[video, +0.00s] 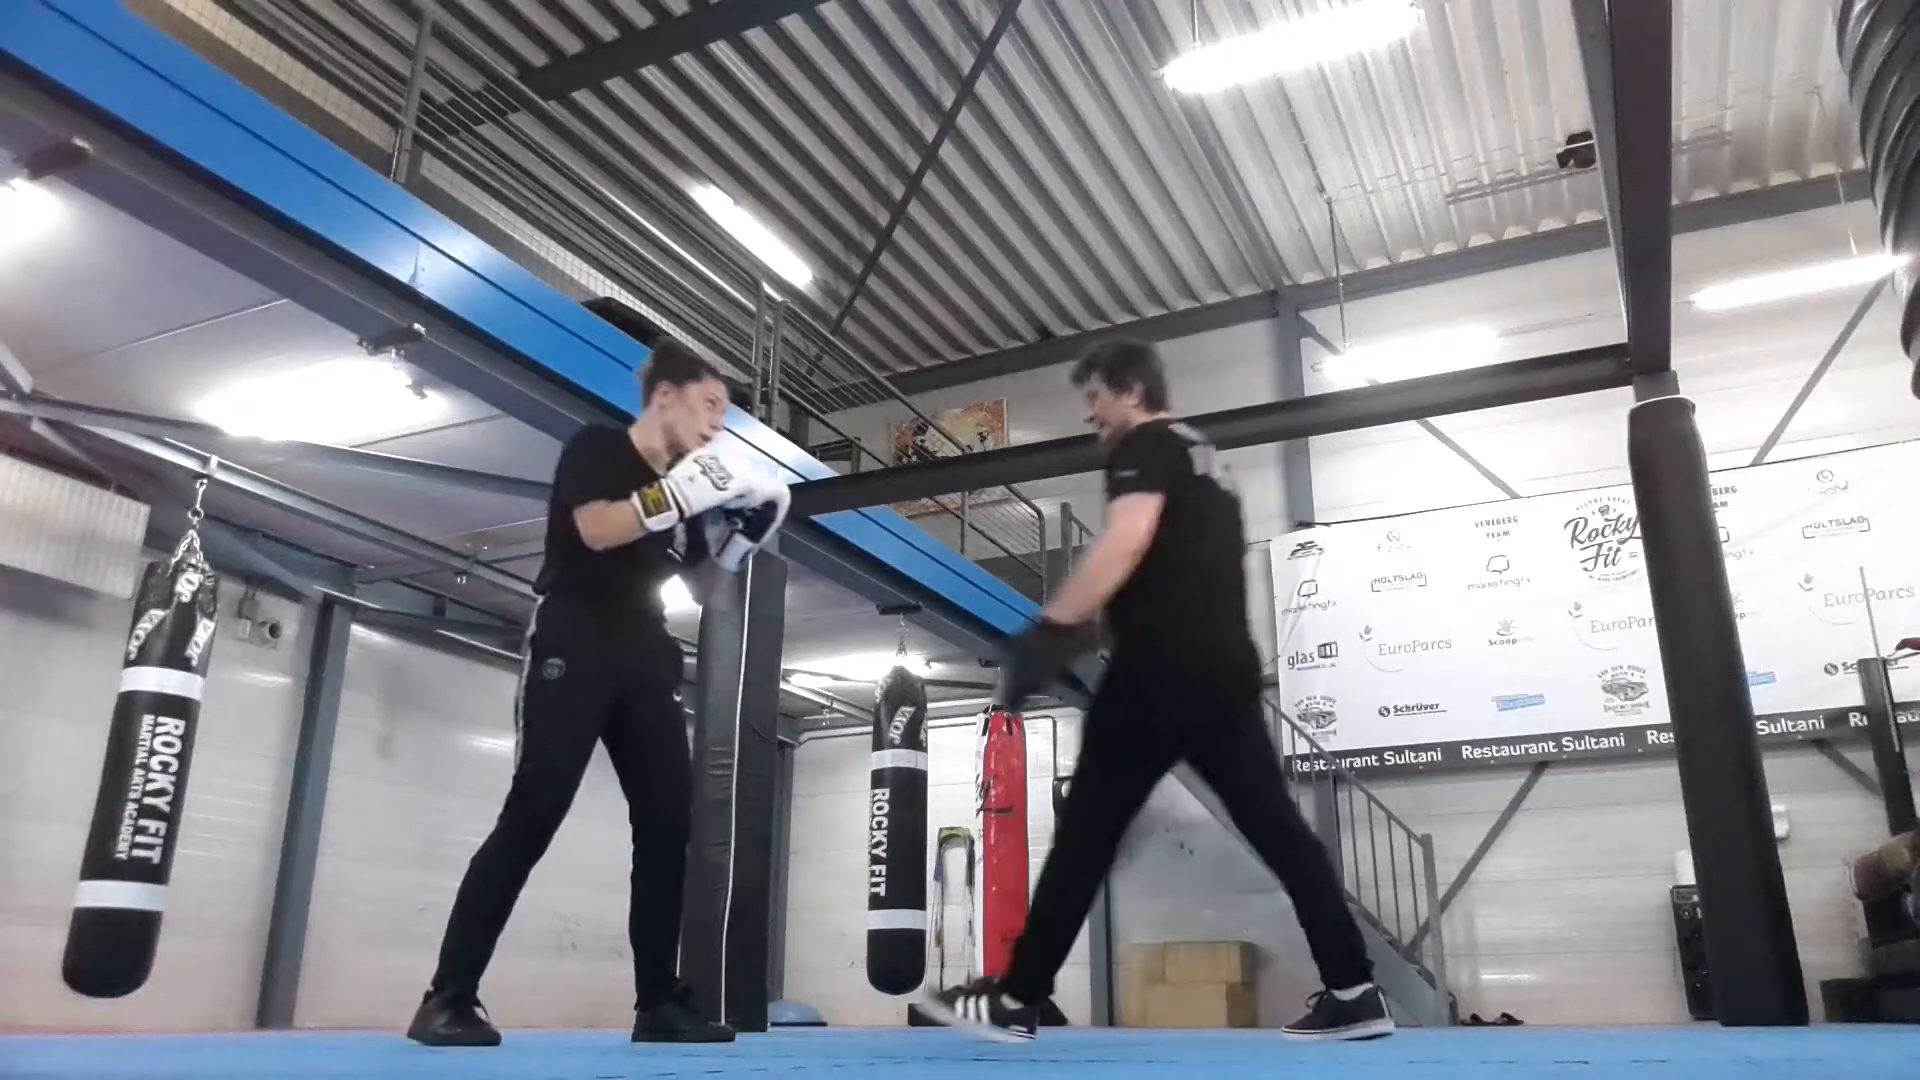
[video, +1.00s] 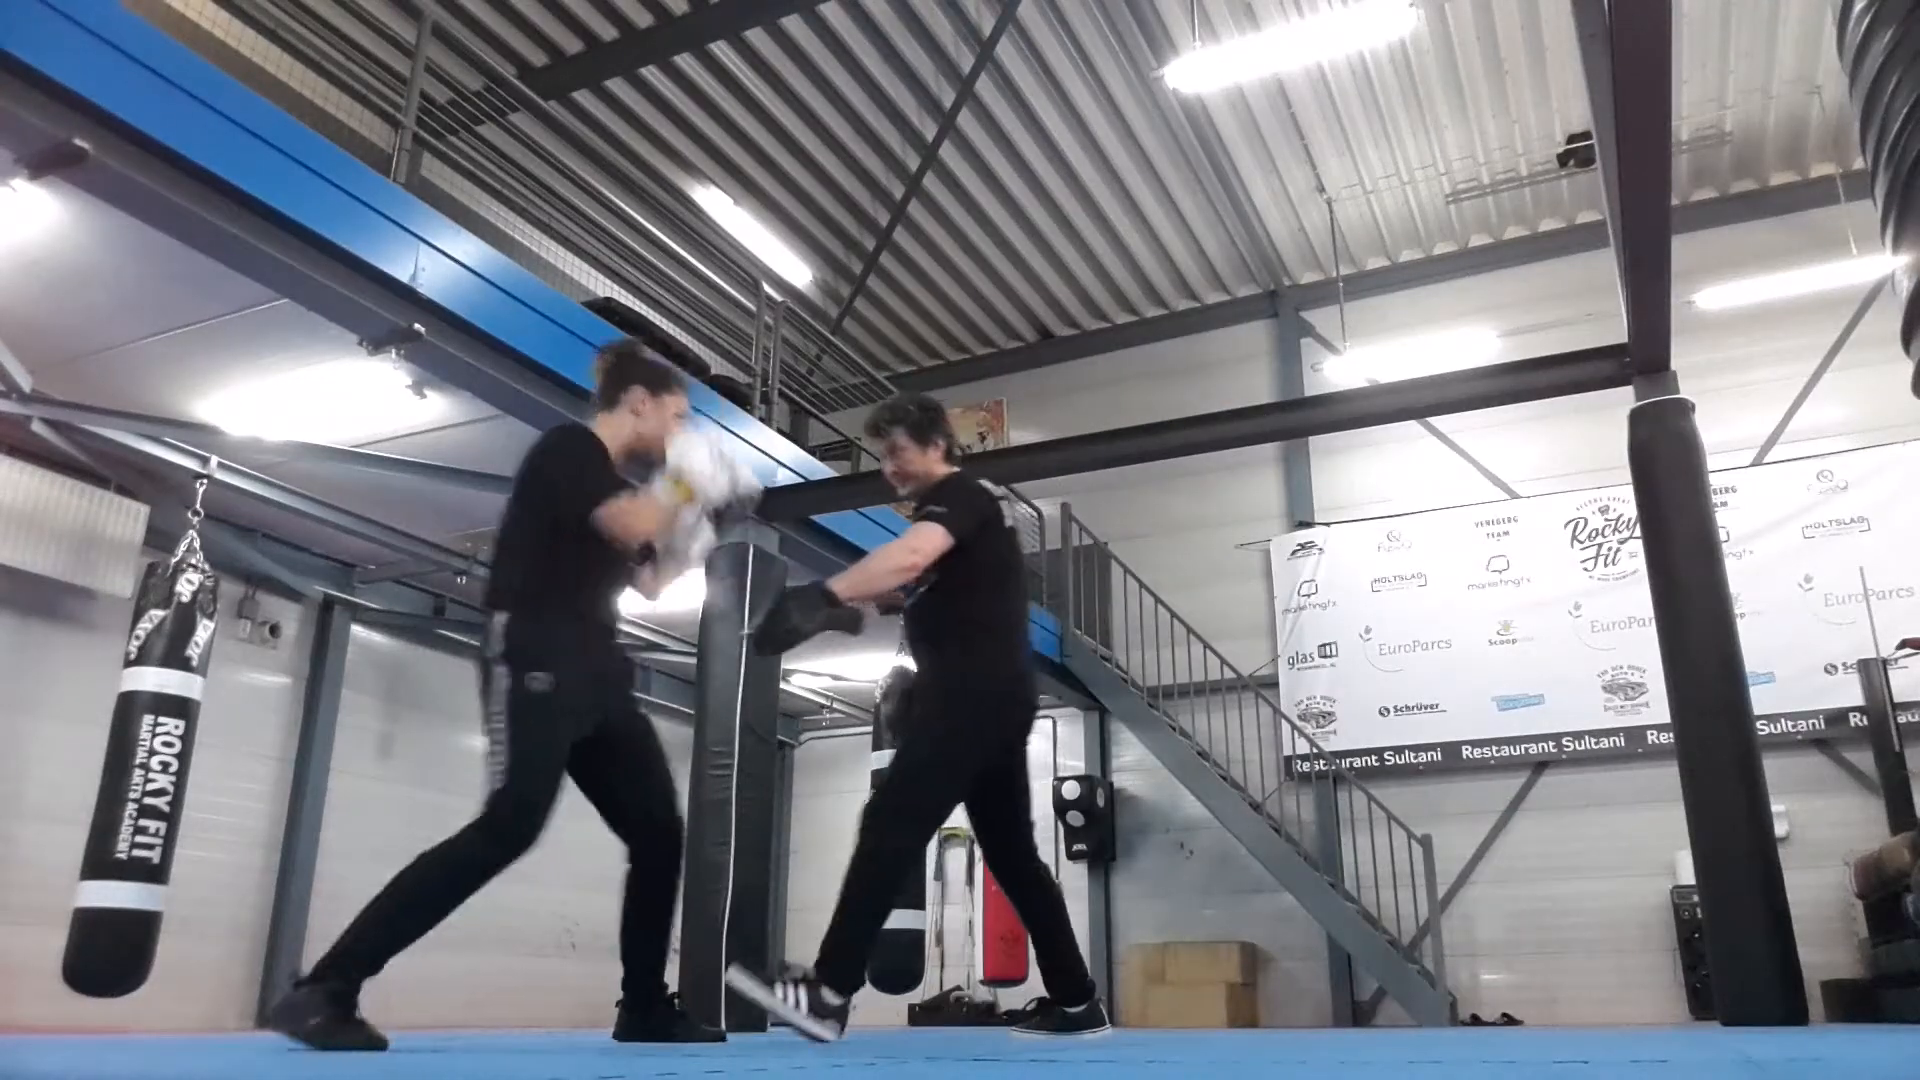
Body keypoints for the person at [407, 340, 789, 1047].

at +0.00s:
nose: (717, 424)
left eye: (722, 413)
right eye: (710, 406)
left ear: (698, 414)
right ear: (663, 396)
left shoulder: (679, 485)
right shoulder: (596, 446)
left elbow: (704, 585)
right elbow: (594, 528)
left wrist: (744, 528)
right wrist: (683, 491)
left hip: (644, 659)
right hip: (573, 651)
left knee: (666, 824)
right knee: (530, 819)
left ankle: (658, 1004)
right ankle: (447, 1000)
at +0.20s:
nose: (690, 413)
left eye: (695, 401)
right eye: (682, 395)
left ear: (671, 402)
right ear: (636, 384)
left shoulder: (656, 479)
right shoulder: (566, 439)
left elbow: (629, 573)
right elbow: (553, 528)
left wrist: (702, 542)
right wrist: (645, 501)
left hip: (614, 660)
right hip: (546, 649)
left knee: (671, 812)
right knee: (505, 819)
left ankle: (665, 997)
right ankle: (443, 998)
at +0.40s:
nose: (678, 416)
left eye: (683, 403)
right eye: (672, 397)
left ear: (641, 397)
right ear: (629, 384)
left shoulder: (629, 473)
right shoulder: (562, 432)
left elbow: (621, 574)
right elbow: (583, 511)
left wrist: (688, 535)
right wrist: (662, 481)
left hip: (609, 652)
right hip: (545, 644)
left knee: (653, 818)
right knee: (503, 822)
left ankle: (643, 1002)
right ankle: (443, 999)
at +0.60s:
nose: (705, 417)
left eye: (709, 406)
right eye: (701, 401)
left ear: (670, 399)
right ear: (659, 388)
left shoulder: (654, 467)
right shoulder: (598, 433)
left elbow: (696, 564)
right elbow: (647, 509)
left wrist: (737, 500)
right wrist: (704, 460)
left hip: (618, 636)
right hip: (560, 626)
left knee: (642, 823)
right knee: (551, 805)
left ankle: (640, 1005)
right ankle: (448, 993)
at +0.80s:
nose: (723, 431)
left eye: (727, 418)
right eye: (719, 413)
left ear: (688, 405)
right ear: (679, 395)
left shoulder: (671, 480)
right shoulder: (610, 438)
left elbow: (659, 585)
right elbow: (618, 533)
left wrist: (711, 554)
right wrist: (694, 506)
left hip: (619, 654)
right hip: (557, 637)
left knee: (647, 822)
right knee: (559, 782)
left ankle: (641, 1006)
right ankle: (410, 960)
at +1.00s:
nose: (678, 431)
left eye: (682, 419)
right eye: (676, 415)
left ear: (635, 408)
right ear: (637, 401)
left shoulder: (612, 479)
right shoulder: (571, 447)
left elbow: (650, 583)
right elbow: (627, 524)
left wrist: (680, 521)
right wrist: (679, 484)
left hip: (589, 663)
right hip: (534, 655)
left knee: (658, 834)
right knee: (508, 827)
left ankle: (646, 1007)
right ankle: (325, 989)